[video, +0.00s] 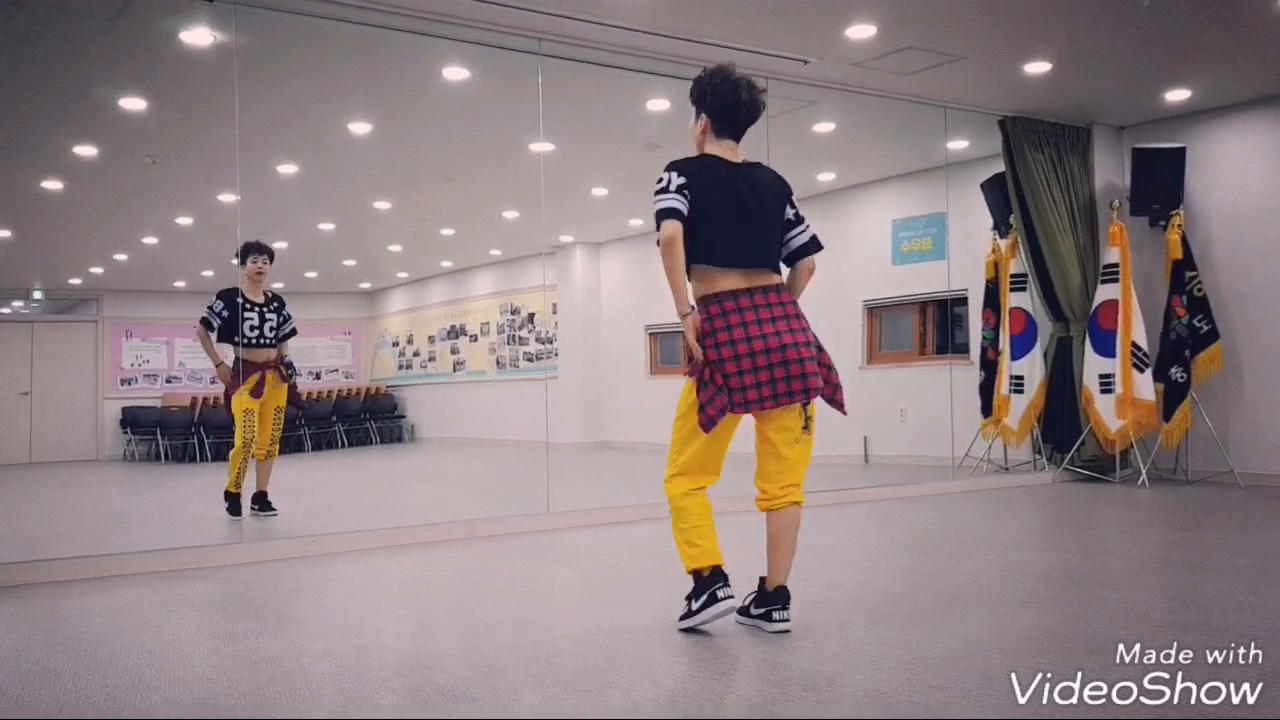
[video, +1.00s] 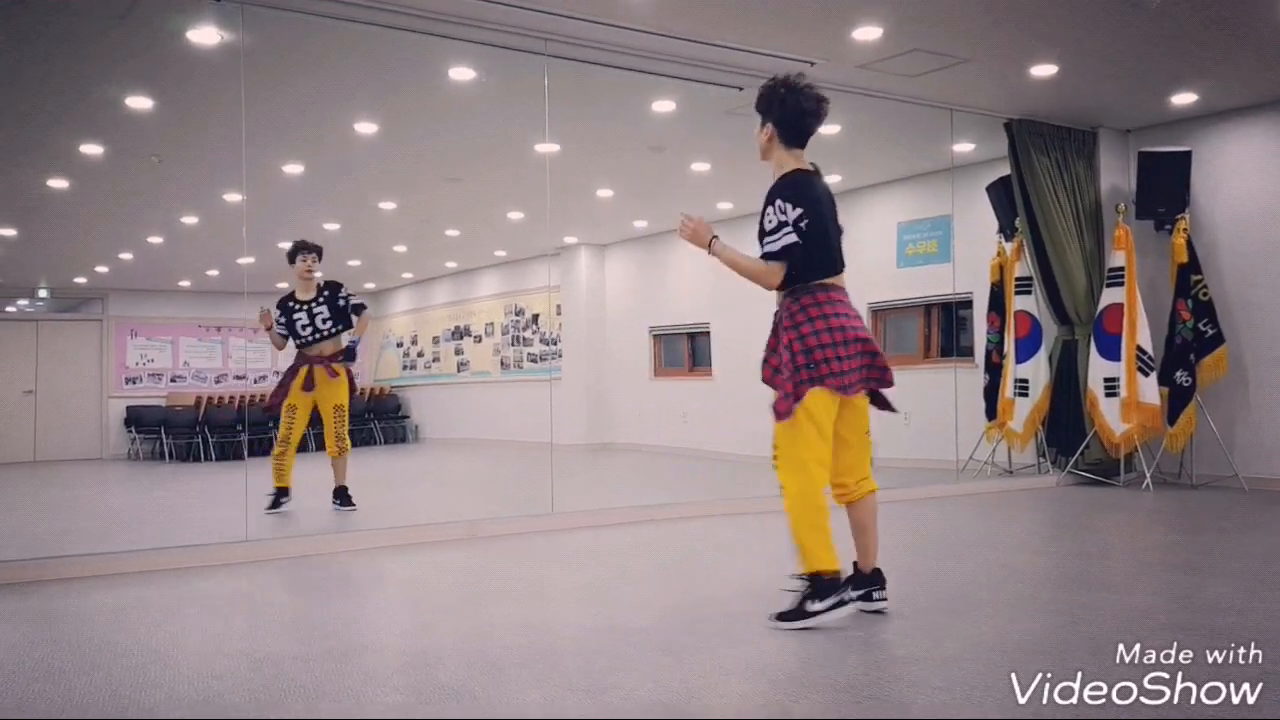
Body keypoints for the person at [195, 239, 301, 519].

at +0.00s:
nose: (260, 266)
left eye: (265, 262)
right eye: (253, 261)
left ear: (270, 268)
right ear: (242, 267)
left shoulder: (276, 301)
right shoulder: (229, 298)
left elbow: (283, 340)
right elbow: (203, 330)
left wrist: (285, 362)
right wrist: (219, 364)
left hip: (276, 373)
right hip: (246, 373)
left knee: (270, 440)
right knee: (246, 441)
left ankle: (261, 495)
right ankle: (233, 493)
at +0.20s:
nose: (259, 268)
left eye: (264, 263)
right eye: (253, 263)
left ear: (270, 269)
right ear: (242, 267)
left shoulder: (273, 303)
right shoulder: (230, 297)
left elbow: (277, 343)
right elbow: (207, 332)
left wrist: (281, 368)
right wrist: (217, 373)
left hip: (269, 372)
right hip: (241, 372)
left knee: (268, 439)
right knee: (240, 440)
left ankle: (260, 496)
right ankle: (228, 498)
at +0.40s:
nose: (262, 283)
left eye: (267, 277)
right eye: (256, 277)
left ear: (272, 276)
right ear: (245, 273)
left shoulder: (274, 304)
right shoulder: (229, 299)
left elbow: (277, 343)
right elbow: (210, 335)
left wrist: (274, 369)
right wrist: (227, 371)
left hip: (263, 377)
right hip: (235, 376)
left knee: (278, 440)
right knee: (231, 443)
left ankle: (261, 493)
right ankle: (226, 500)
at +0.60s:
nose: (265, 271)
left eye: (270, 267)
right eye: (259, 266)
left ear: (275, 273)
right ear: (247, 271)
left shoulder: (284, 307)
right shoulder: (232, 304)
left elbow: (294, 345)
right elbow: (201, 331)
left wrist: (278, 366)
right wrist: (232, 338)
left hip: (272, 383)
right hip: (239, 383)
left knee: (295, 435)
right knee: (233, 447)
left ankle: (319, 490)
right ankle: (227, 502)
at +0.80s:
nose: (282, 272)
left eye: (286, 268)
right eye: (276, 267)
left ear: (293, 274)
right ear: (266, 274)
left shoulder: (307, 304)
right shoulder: (256, 310)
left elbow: (324, 339)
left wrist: (309, 366)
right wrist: (245, 338)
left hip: (300, 381)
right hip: (267, 383)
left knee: (324, 441)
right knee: (245, 442)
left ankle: (338, 489)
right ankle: (231, 498)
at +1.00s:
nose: (309, 265)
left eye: (313, 260)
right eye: (303, 260)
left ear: (319, 265)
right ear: (292, 266)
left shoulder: (333, 291)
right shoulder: (286, 305)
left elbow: (363, 314)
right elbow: (280, 344)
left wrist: (354, 343)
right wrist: (269, 328)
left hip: (335, 368)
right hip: (303, 370)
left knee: (338, 434)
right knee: (286, 434)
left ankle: (341, 489)